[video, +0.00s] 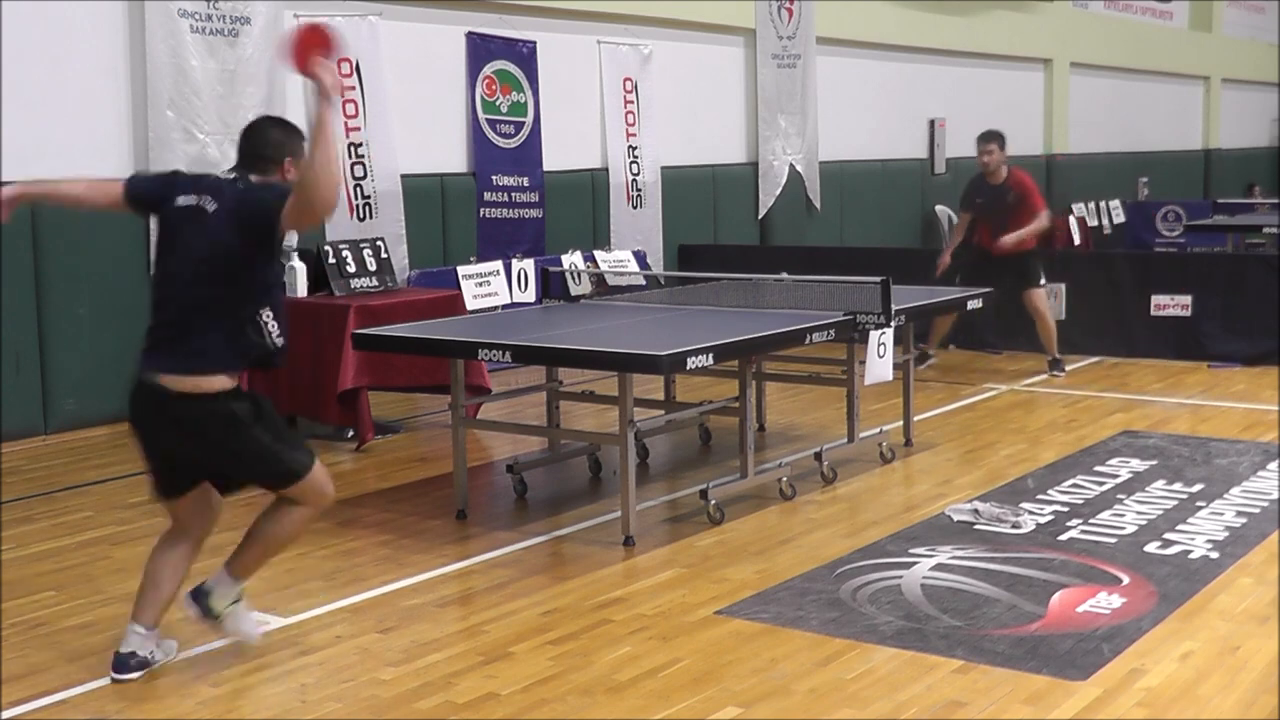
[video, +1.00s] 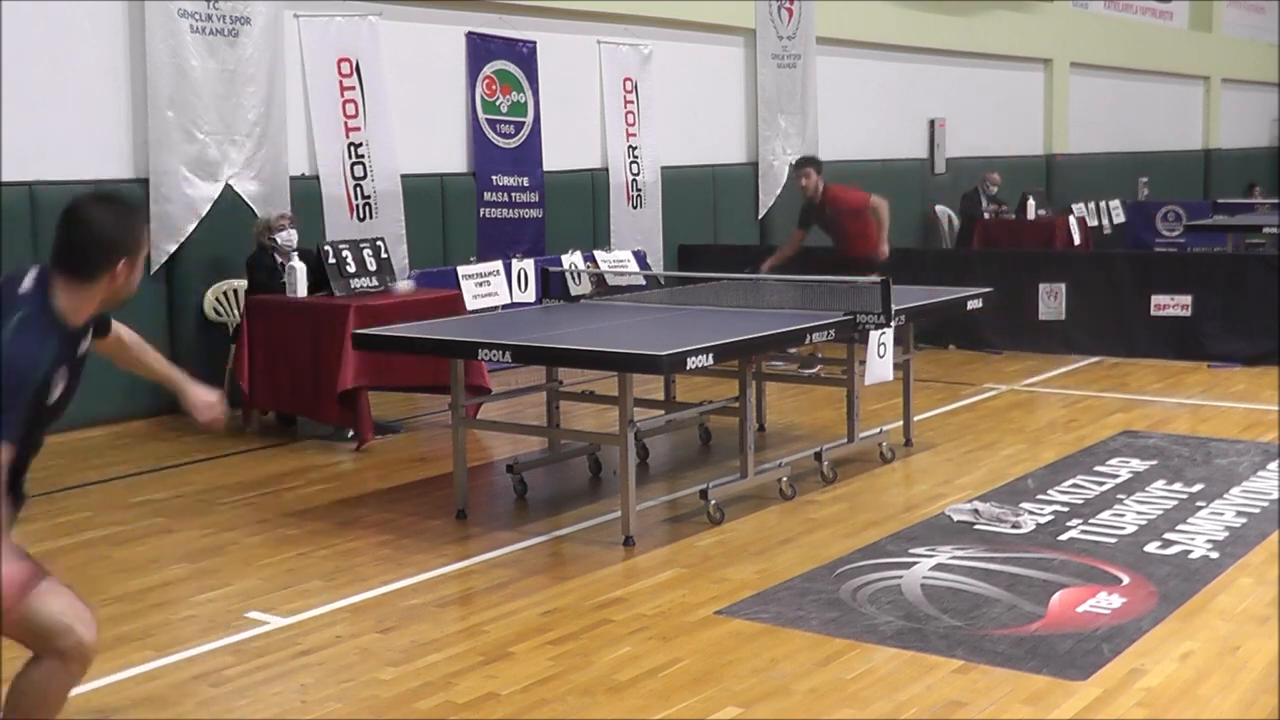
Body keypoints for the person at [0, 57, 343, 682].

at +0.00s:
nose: (301, 174)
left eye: (299, 166)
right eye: (299, 166)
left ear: (243, 159)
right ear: (283, 166)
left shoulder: (180, 189)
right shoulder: (267, 202)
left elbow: (98, 193)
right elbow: (319, 200)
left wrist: (24, 191)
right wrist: (328, 100)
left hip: (154, 401)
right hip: (214, 404)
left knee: (192, 518)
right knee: (314, 490)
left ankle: (136, 644)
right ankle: (220, 593)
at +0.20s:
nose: (246, 161)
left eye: (242, 152)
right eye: (244, 152)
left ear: (174, 165)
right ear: (232, 161)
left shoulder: (127, 222)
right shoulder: (265, 232)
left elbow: (96, 302)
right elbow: (321, 332)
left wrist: (67, 389)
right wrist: (389, 376)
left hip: (127, 427)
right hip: (208, 432)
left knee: (124, 532)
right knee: (245, 600)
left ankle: (83, 666)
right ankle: (221, 711)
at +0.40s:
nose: (254, 161)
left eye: (252, 150)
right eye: (252, 151)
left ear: (177, 161)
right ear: (240, 163)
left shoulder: (112, 220)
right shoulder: (244, 246)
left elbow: (45, 306)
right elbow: (262, 367)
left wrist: (19, 396)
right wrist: (279, 376)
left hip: (70, 440)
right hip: (158, 446)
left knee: (58, 614)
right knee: (219, 607)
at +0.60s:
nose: (237, 161)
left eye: (234, 150)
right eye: (235, 151)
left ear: (160, 151)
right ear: (224, 159)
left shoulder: (85, 205)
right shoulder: (217, 231)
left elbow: (15, 308)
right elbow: (235, 372)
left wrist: (11, 391)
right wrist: (284, 420)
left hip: (19, 432)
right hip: (106, 441)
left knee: (16, 603)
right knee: (198, 615)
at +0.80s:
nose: (197, 195)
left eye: (195, 183)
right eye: (198, 184)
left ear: (121, 178)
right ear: (183, 192)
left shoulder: (55, 226)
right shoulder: (147, 279)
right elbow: (172, 408)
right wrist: (292, 461)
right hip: (33, 471)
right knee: (120, 635)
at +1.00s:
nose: (141, 269)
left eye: (140, 258)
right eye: (141, 260)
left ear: (67, 245)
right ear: (119, 272)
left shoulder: (58, 293)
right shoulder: (25, 354)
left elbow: (115, 338)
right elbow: (2, 468)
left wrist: (187, 386)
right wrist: (8, 554)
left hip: (7, 518)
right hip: (1, 530)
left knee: (71, 635)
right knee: (72, 636)